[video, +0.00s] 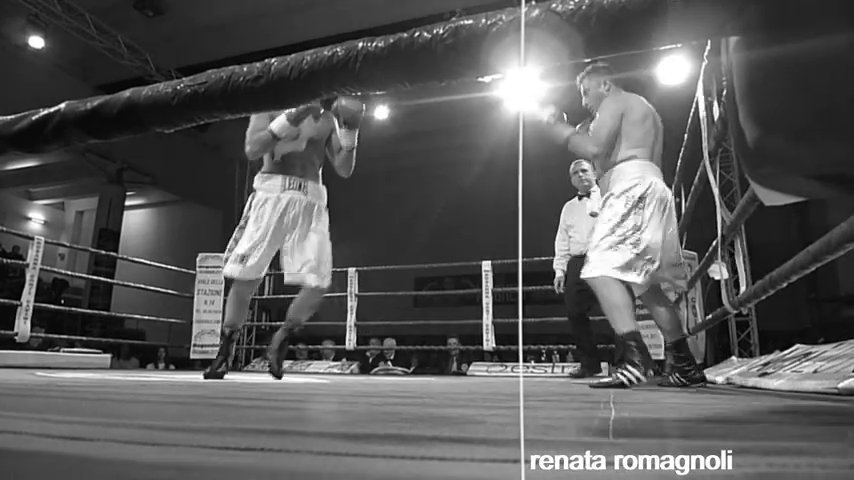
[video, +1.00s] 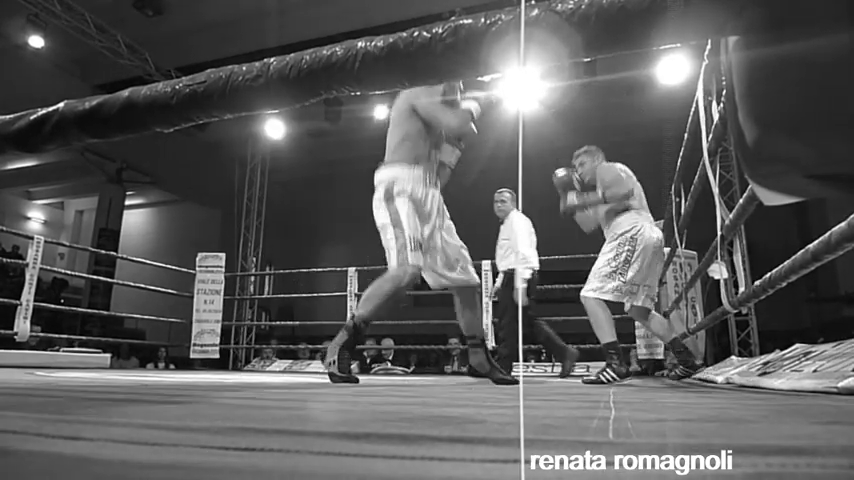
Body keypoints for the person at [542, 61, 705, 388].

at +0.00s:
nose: (584, 100)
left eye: (586, 92)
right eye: (581, 94)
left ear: (604, 84)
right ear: (609, 86)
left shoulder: (615, 101)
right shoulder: (649, 112)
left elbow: (595, 146)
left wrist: (559, 129)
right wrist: (583, 135)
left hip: (632, 189)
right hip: (658, 191)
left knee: (599, 270)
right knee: (648, 283)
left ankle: (634, 360)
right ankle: (683, 363)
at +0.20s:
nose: (579, 106)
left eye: (581, 98)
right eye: (577, 101)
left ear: (600, 91)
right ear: (602, 92)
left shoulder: (610, 105)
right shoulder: (627, 114)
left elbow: (600, 141)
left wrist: (564, 126)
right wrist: (568, 124)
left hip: (619, 196)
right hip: (641, 198)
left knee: (576, 271)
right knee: (648, 283)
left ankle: (580, 361)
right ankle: (686, 363)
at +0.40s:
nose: (550, 149)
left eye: (551, 140)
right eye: (548, 142)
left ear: (567, 132)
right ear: (570, 134)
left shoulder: (591, 149)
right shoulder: (598, 150)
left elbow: (568, 195)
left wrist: (547, 174)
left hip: (614, 231)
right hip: (632, 232)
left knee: (553, 285)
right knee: (611, 310)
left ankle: (559, 368)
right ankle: (677, 354)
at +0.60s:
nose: (557, 166)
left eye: (561, 159)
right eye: (555, 161)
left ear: (579, 155)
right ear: (578, 159)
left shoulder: (598, 172)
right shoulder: (583, 190)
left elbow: (601, 213)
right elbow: (565, 227)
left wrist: (568, 211)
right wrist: (548, 208)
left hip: (623, 241)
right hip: (637, 246)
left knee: (558, 288)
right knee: (624, 322)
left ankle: (560, 368)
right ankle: (687, 365)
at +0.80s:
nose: (587, 157)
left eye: (590, 151)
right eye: (585, 154)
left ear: (608, 148)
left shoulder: (617, 163)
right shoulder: (601, 186)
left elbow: (624, 188)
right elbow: (598, 229)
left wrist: (585, 174)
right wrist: (578, 197)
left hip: (626, 233)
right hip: (639, 239)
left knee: (586, 292)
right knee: (641, 311)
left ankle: (586, 368)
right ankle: (693, 367)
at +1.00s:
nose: (579, 171)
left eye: (582, 164)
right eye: (576, 168)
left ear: (596, 159)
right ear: (576, 172)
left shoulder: (608, 168)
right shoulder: (593, 193)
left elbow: (622, 192)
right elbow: (588, 226)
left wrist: (579, 199)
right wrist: (567, 194)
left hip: (630, 235)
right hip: (652, 238)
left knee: (591, 295)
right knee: (638, 309)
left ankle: (616, 364)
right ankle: (686, 357)